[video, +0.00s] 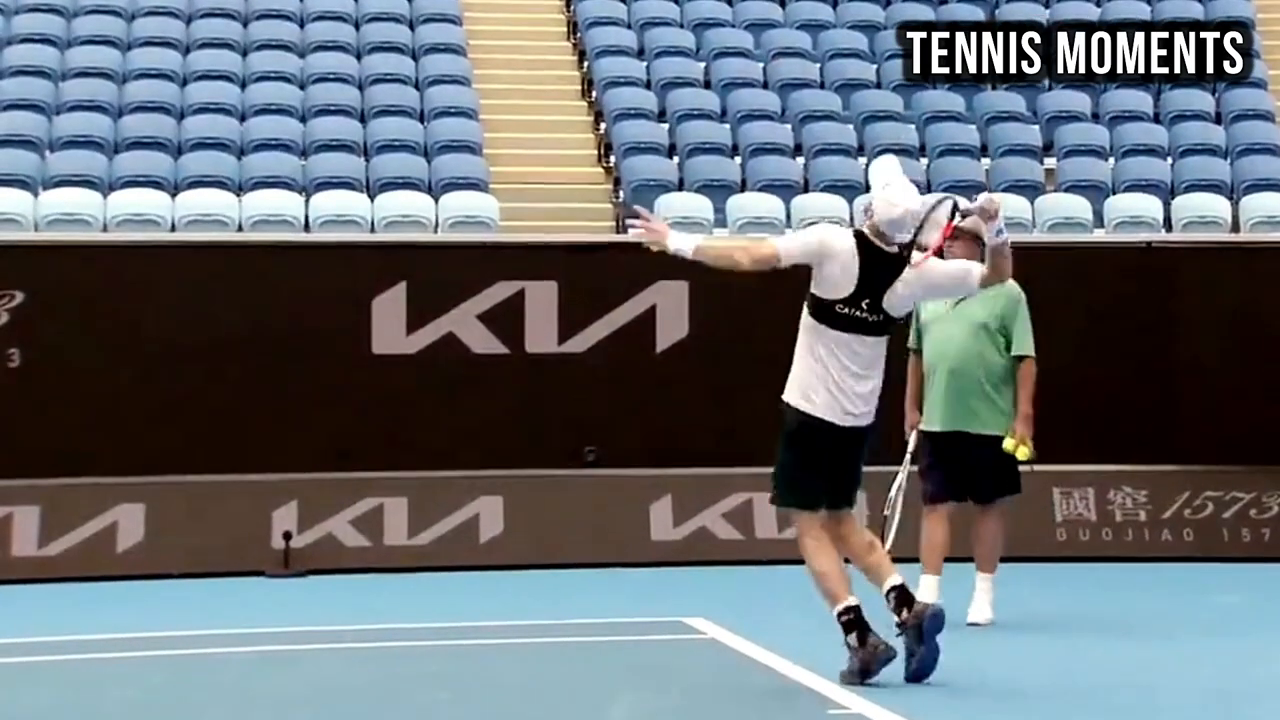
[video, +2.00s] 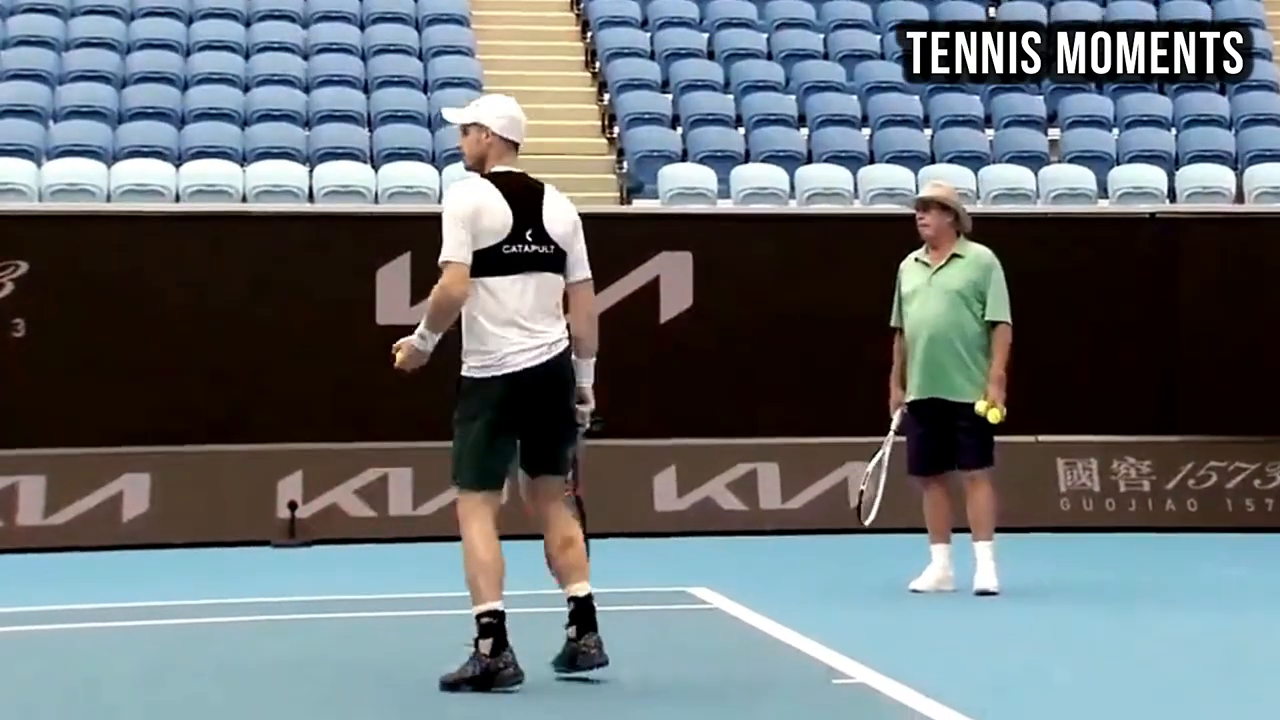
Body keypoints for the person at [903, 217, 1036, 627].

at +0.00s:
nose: (949, 245)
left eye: (959, 239)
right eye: (947, 239)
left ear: (981, 246)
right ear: (941, 246)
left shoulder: (1007, 294)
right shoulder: (928, 296)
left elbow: (1026, 360)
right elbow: (915, 356)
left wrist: (1024, 417)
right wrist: (911, 406)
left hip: (990, 422)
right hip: (937, 420)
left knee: (988, 507)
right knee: (934, 505)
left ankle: (983, 594)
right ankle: (927, 594)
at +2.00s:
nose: (921, 218)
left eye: (929, 211)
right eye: (919, 212)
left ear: (952, 216)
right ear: (918, 219)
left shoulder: (982, 261)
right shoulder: (909, 267)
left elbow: (1002, 325)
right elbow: (901, 334)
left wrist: (997, 378)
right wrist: (896, 387)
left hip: (969, 389)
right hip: (921, 390)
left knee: (975, 475)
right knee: (931, 478)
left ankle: (985, 563)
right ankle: (941, 565)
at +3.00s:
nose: (999, 194)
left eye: (1008, 189)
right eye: (996, 188)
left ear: (1030, 197)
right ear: (992, 195)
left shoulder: (1056, 242)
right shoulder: (978, 241)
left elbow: (1072, 308)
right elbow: (965, 310)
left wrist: (1066, 362)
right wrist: (958, 367)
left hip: (1035, 373)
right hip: (982, 369)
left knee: (1028, 458)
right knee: (973, 454)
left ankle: (1022, 544)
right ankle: (978, 538)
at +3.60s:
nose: (1000, 200)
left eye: (1009, 194)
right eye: (998, 194)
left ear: (1031, 200)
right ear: (995, 201)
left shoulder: (1061, 248)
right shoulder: (977, 246)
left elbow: (1080, 315)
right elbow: (964, 312)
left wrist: (1080, 372)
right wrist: (961, 366)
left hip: (1041, 376)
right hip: (988, 374)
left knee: (1031, 463)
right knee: (991, 457)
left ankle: (1024, 550)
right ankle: (986, 544)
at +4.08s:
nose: (1008, 213)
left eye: (1015, 204)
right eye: (1000, 205)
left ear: (1030, 209)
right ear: (988, 211)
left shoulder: (1055, 253)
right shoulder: (979, 253)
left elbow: (1076, 320)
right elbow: (968, 317)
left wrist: (1077, 379)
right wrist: (969, 375)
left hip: (1042, 382)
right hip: (993, 382)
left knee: (1033, 474)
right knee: (997, 474)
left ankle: (1025, 554)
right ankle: (998, 556)